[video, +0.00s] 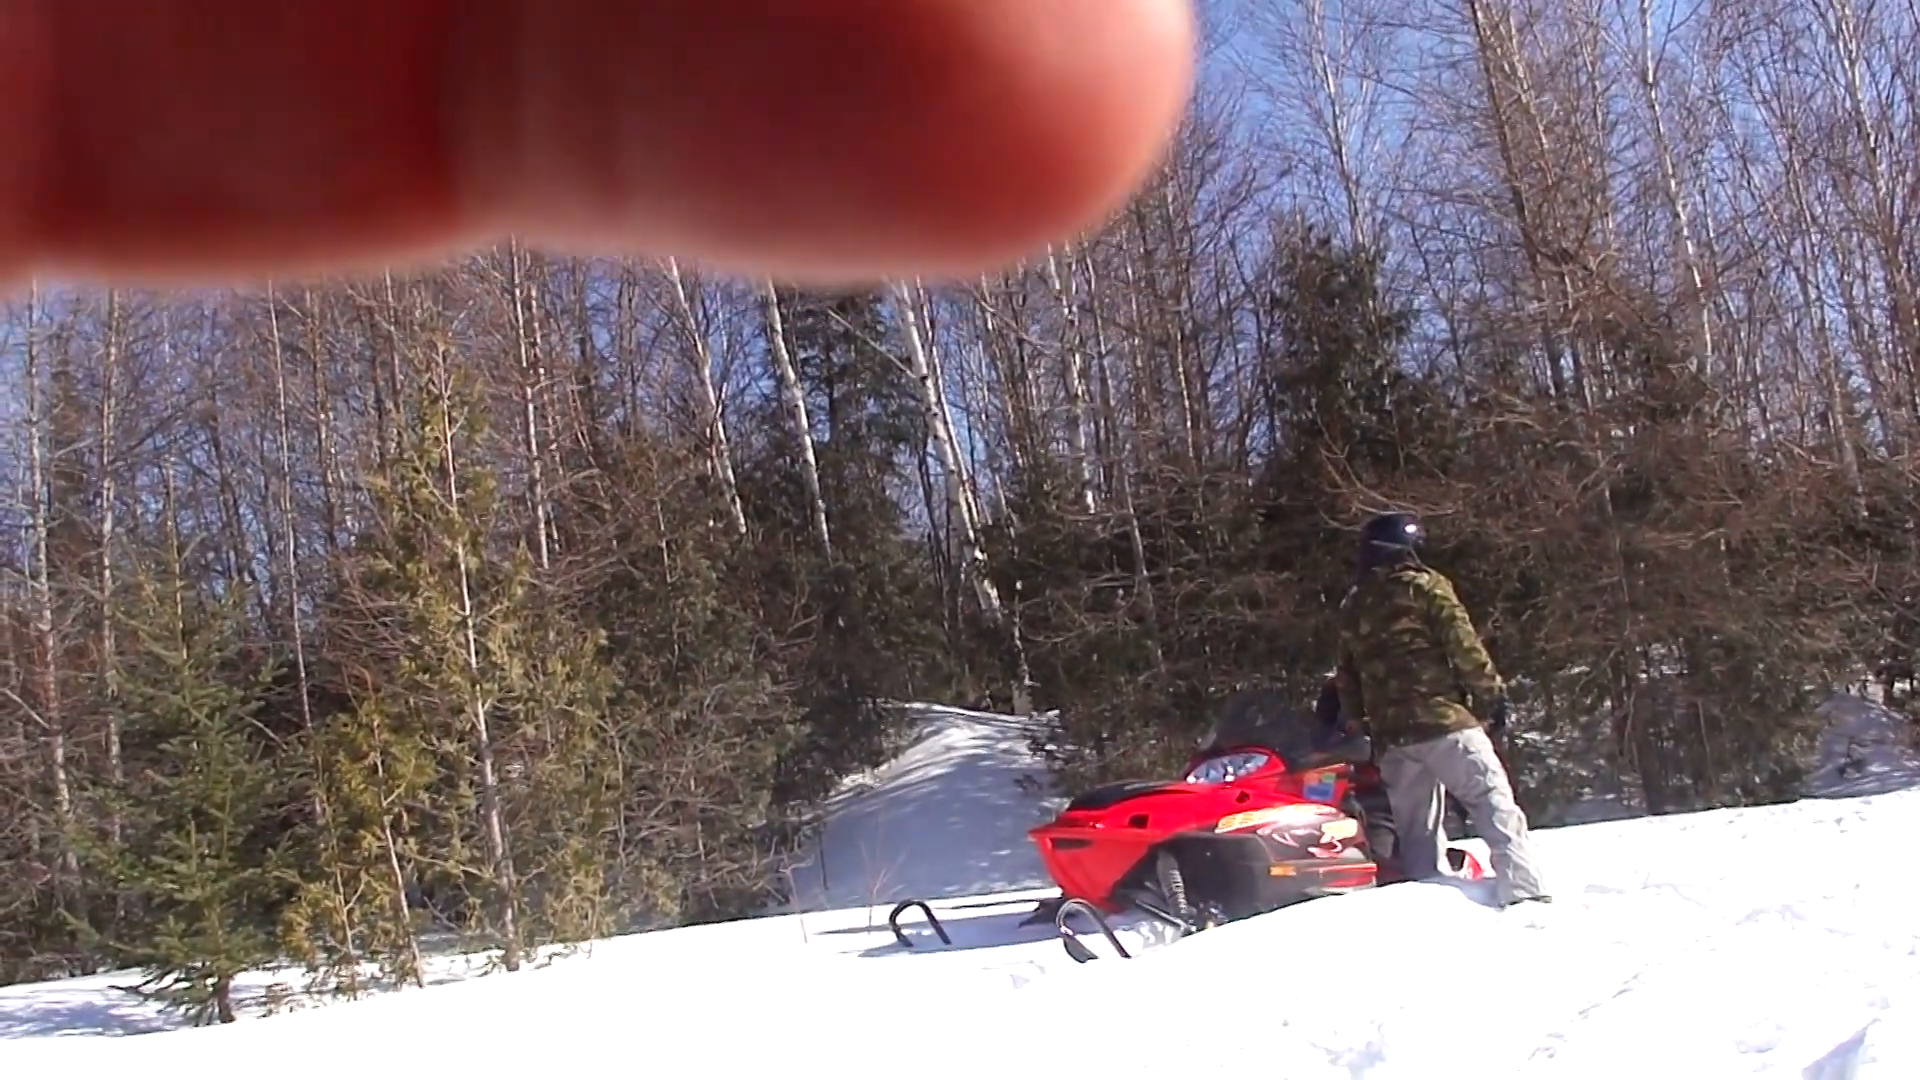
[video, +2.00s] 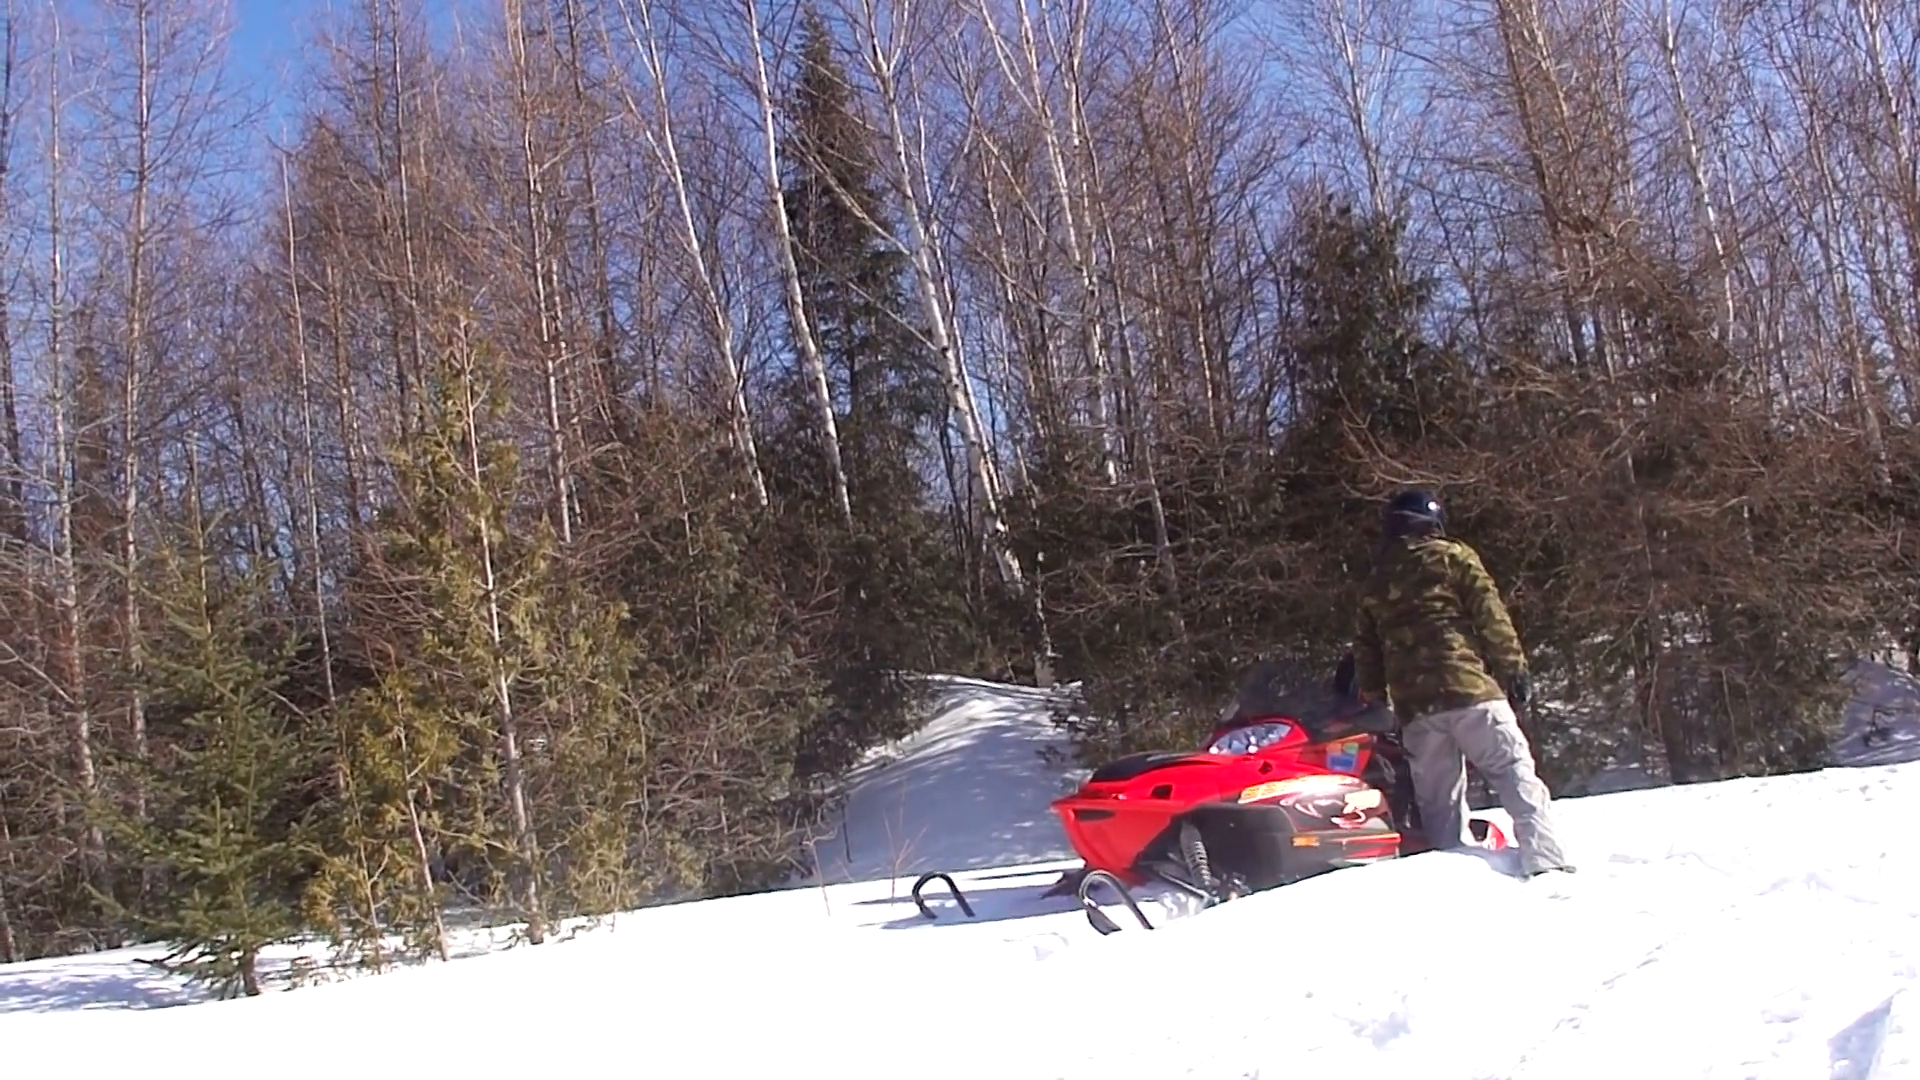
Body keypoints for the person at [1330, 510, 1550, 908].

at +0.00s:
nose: (1420, 551)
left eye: (1417, 546)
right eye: (1416, 545)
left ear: (1369, 552)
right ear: (1408, 547)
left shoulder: (1352, 605)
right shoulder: (1427, 584)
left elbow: (1348, 676)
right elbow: (1463, 647)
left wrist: (1362, 720)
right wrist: (1493, 697)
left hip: (1391, 734)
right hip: (1445, 720)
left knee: (1415, 833)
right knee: (1491, 800)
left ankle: (1426, 910)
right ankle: (1522, 890)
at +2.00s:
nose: (1443, 526)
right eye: (1439, 519)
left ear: (1391, 525)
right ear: (1433, 521)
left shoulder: (1376, 577)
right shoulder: (1453, 554)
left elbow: (1367, 644)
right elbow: (1488, 612)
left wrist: (1373, 691)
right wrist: (1513, 667)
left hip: (1413, 701)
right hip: (1468, 689)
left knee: (1438, 800)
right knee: (1512, 768)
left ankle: (1450, 879)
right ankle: (1543, 858)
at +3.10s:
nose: (1456, 529)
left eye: (1455, 523)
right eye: (1453, 523)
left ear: (1403, 525)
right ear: (1441, 520)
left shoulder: (1378, 571)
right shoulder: (1453, 551)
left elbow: (1370, 641)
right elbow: (1487, 611)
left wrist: (1381, 686)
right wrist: (1513, 665)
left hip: (1412, 697)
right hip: (1465, 686)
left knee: (1438, 797)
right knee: (1512, 763)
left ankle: (1447, 877)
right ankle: (1546, 856)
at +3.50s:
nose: (1442, 516)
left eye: (1438, 511)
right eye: (1437, 509)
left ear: (1390, 516)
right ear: (1429, 511)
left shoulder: (1375, 567)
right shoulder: (1449, 544)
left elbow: (1365, 636)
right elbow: (1492, 609)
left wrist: (1398, 660)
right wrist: (1507, 647)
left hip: (1419, 698)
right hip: (1472, 684)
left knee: (1442, 802)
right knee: (1517, 762)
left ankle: (1451, 878)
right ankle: (1546, 854)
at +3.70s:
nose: (1439, 513)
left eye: (1437, 507)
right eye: (1436, 507)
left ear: (1390, 514)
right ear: (1427, 509)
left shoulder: (1373, 566)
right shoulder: (1447, 545)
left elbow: (1367, 637)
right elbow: (1494, 611)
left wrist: (1405, 659)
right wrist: (1508, 633)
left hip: (1419, 701)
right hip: (1474, 685)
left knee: (1443, 803)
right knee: (1519, 759)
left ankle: (1451, 880)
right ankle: (1546, 852)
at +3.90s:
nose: (1439, 514)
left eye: (1436, 508)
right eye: (1435, 507)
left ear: (1390, 514)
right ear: (1427, 509)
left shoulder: (1373, 567)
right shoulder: (1447, 544)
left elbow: (1369, 640)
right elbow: (1486, 604)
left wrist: (1388, 683)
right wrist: (1518, 656)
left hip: (1417, 702)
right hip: (1471, 687)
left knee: (1443, 801)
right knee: (1519, 759)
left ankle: (1449, 880)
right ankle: (1546, 852)